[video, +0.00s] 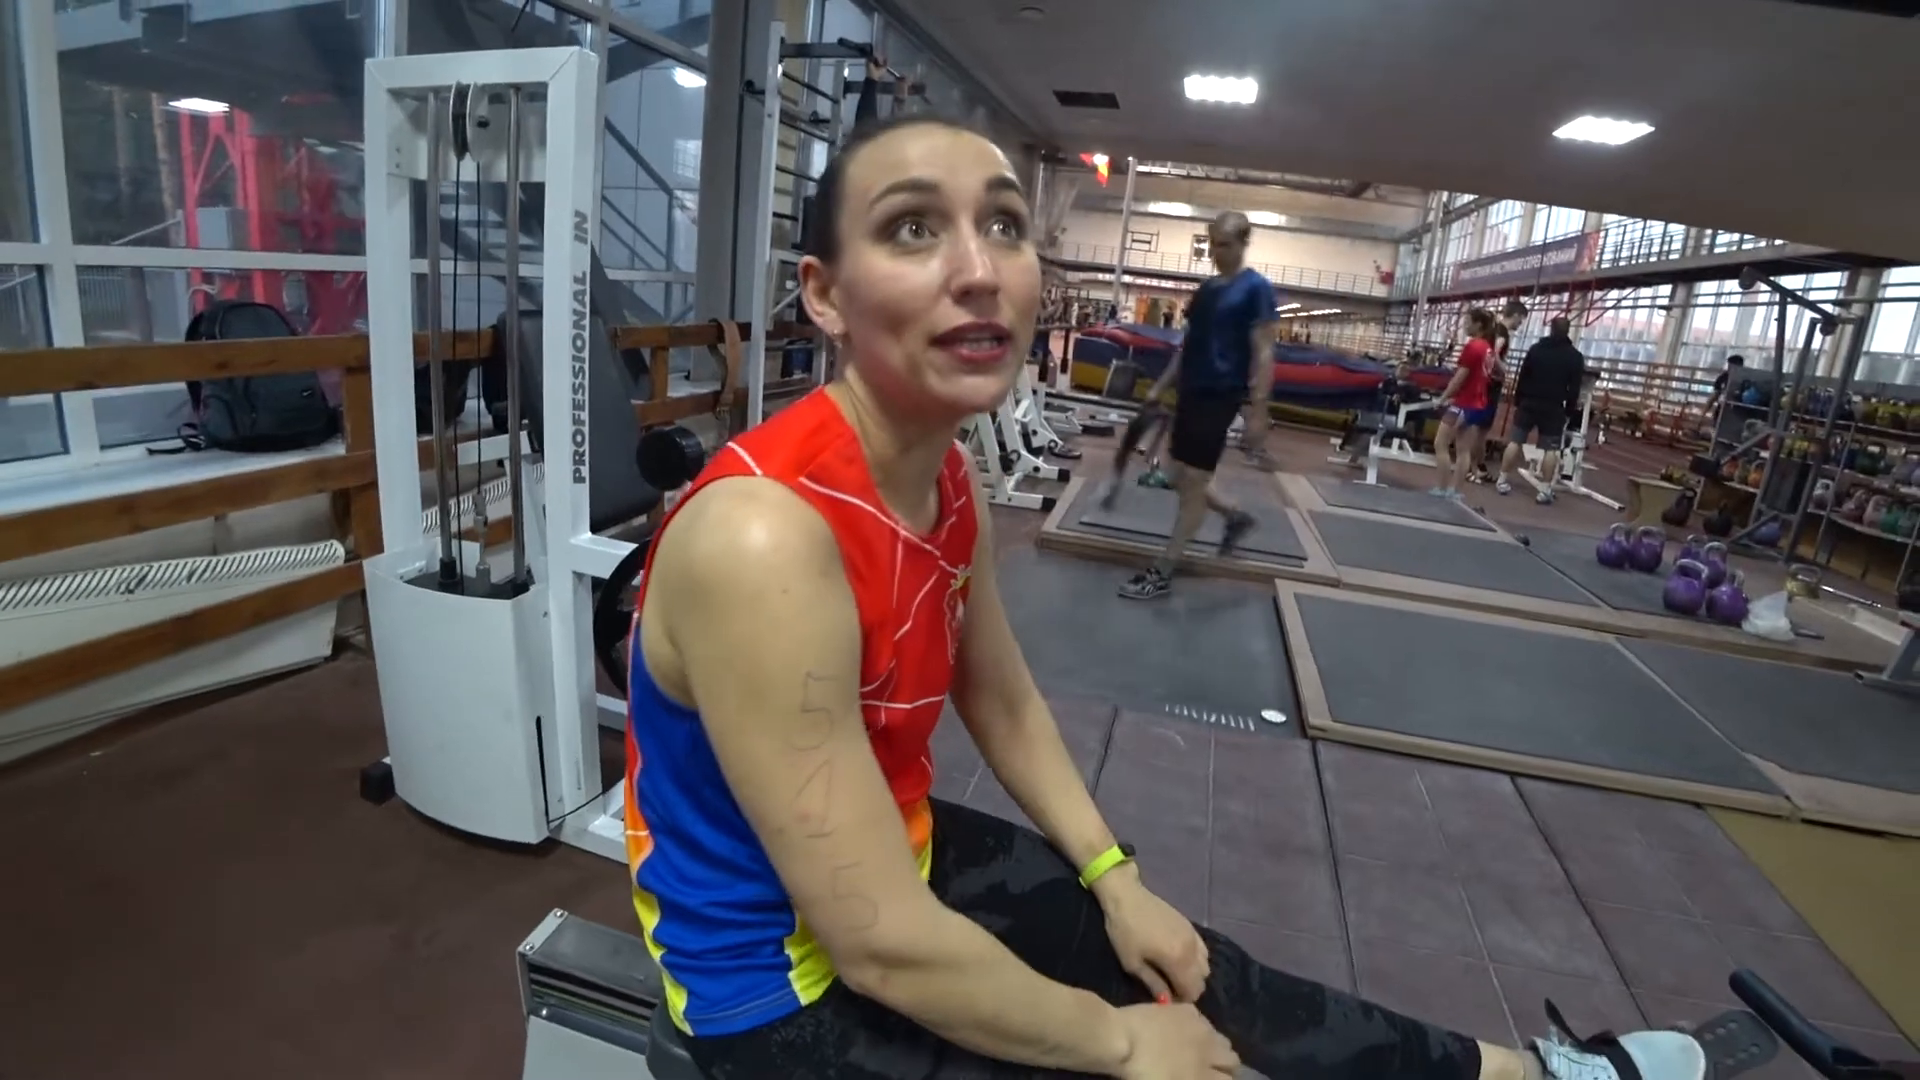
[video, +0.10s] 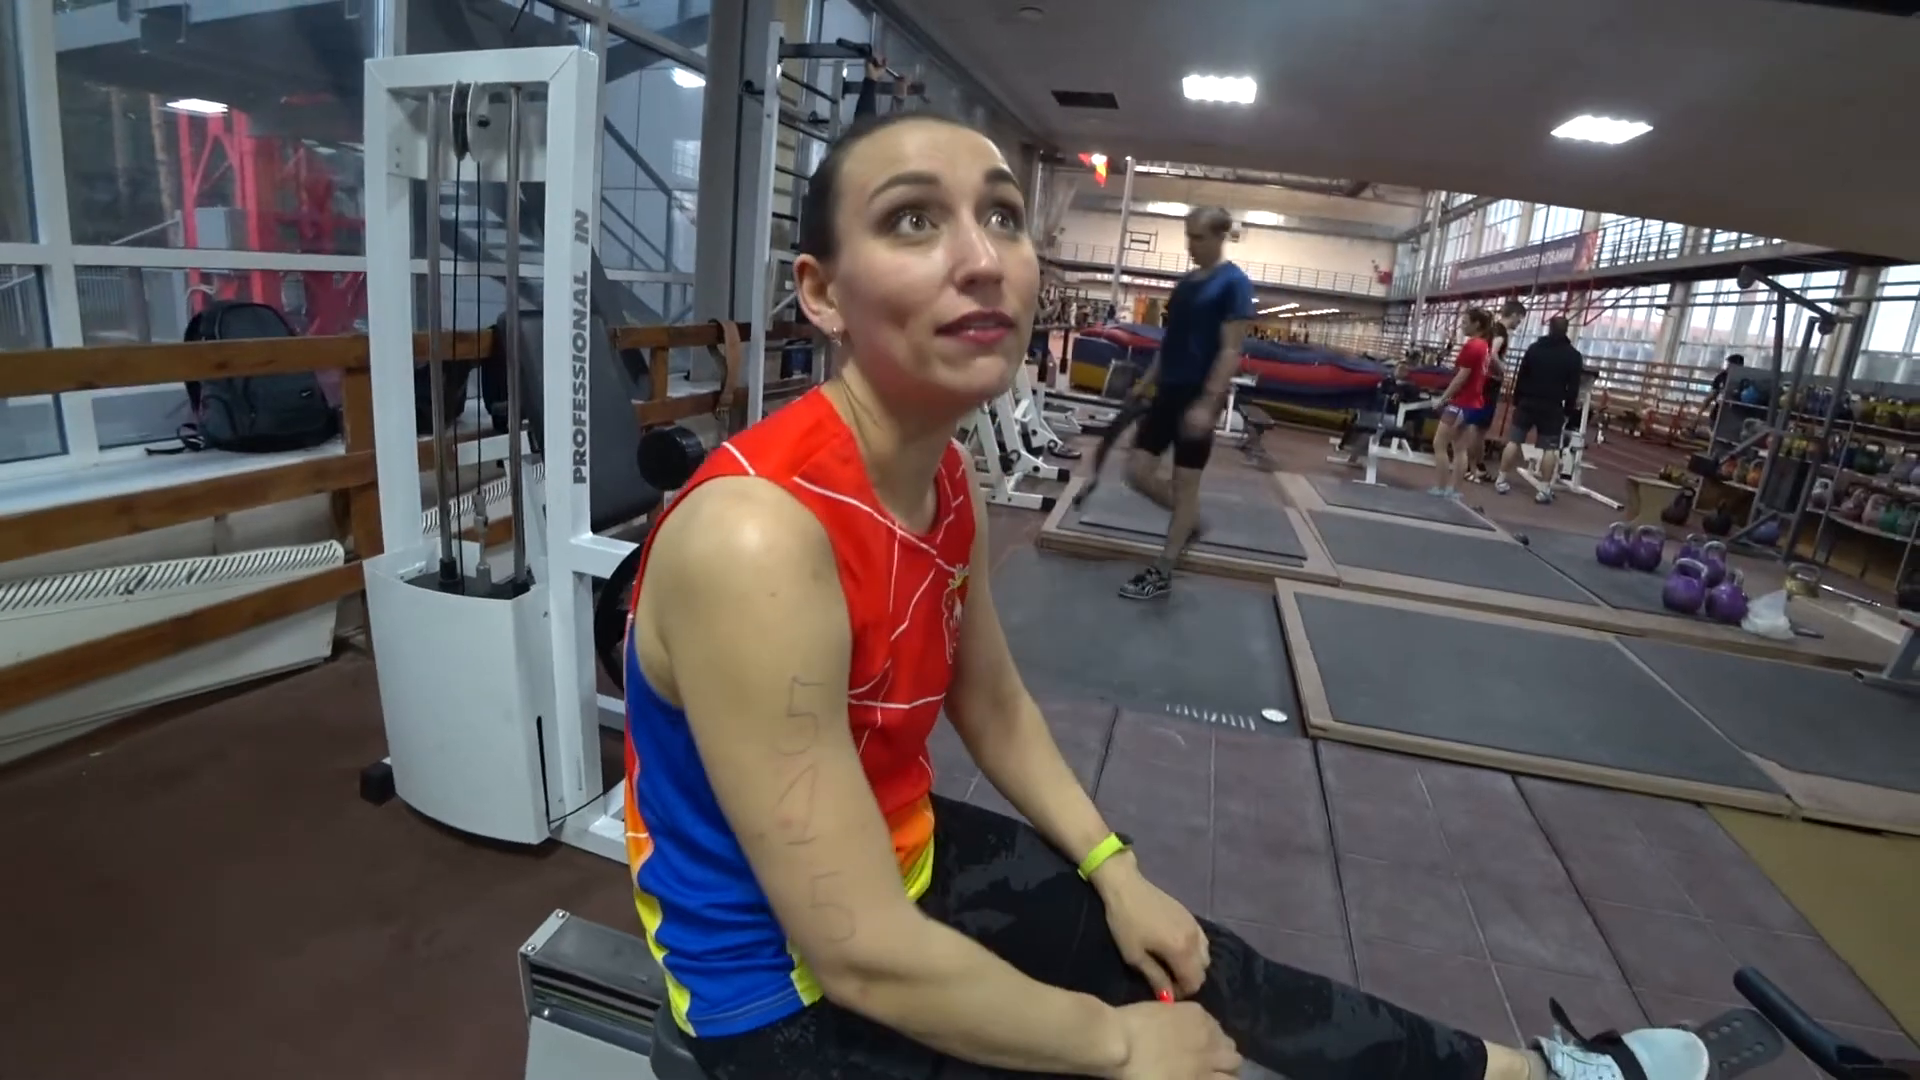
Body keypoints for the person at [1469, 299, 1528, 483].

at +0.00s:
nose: (1520, 323)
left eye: (1522, 319)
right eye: (1520, 318)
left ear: (1507, 314)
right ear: (1512, 315)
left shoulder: (1496, 329)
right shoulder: (1502, 334)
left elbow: (1492, 357)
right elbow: (1494, 357)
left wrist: (1500, 371)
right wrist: (1505, 373)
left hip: (1489, 382)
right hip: (1491, 384)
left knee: (1482, 426)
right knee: (1482, 426)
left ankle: (1478, 466)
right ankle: (1474, 468)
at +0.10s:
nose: (1519, 323)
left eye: (1520, 319)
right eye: (1518, 318)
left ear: (1507, 315)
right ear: (1510, 315)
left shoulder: (1494, 328)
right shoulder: (1500, 332)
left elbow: (1489, 354)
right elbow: (1493, 354)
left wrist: (1497, 369)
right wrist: (1503, 371)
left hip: (1487, 379)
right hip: (1489, 381)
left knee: (1480, 426)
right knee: (1480, 426)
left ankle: (1478, 466)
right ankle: (1473, 469)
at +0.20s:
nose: (1519, 322)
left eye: (1521, 318)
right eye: (1519, 317)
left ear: (1507, 313)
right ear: (1511, 314)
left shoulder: (1493, 328)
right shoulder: (1501, 332)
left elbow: (1489, 354)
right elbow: (1493, 353)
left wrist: (1497, 368)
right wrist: (1503, 369)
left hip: (1487, 379)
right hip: (1489, 380)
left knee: (1480, 425)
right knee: (1479, 425)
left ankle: (1479, 466)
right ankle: (1470, 467)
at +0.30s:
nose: (1522, 319)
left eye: (1524, 316)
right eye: (1522, 315)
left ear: (1510, 312)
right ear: (1513, 312)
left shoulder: (1499, 327)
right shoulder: (1503, 331)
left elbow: (1492, 353)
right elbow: (1494, 351)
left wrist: (1501, 367)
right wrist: (1506, 368)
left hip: (1492, 377)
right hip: (1491, 378)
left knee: (1484, 423)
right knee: (1480, 422)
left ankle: (1481, 463)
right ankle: (1469, 464)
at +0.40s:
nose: (1527, 316)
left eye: (1528, 312)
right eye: (1526, 311)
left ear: (1513, 308)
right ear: (1518, 308)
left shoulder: (1503, 324)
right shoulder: (1508, 327)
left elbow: (1496, 349)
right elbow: (1499, 347)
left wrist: (1503, 364)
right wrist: (1510, 365)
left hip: (1494, 373)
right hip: (1495, 375)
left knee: (1486, 420)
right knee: (1483, 420)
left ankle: (1483, 460)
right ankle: (1472, 461)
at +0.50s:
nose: (1530, 307)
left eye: (1532, 303)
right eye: (1530, 303)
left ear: (1518, 299)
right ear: (1523, 300)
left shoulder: (1508, 315)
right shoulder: (1511, 318)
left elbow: (1500, 340)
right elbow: (1502, 338)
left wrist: (1508, 354)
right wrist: (1513, 356)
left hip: (1498, 365)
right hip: (1498, 367)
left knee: (1490, 412)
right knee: (1486, 411)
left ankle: (1486, 452)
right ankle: (1474, 453)